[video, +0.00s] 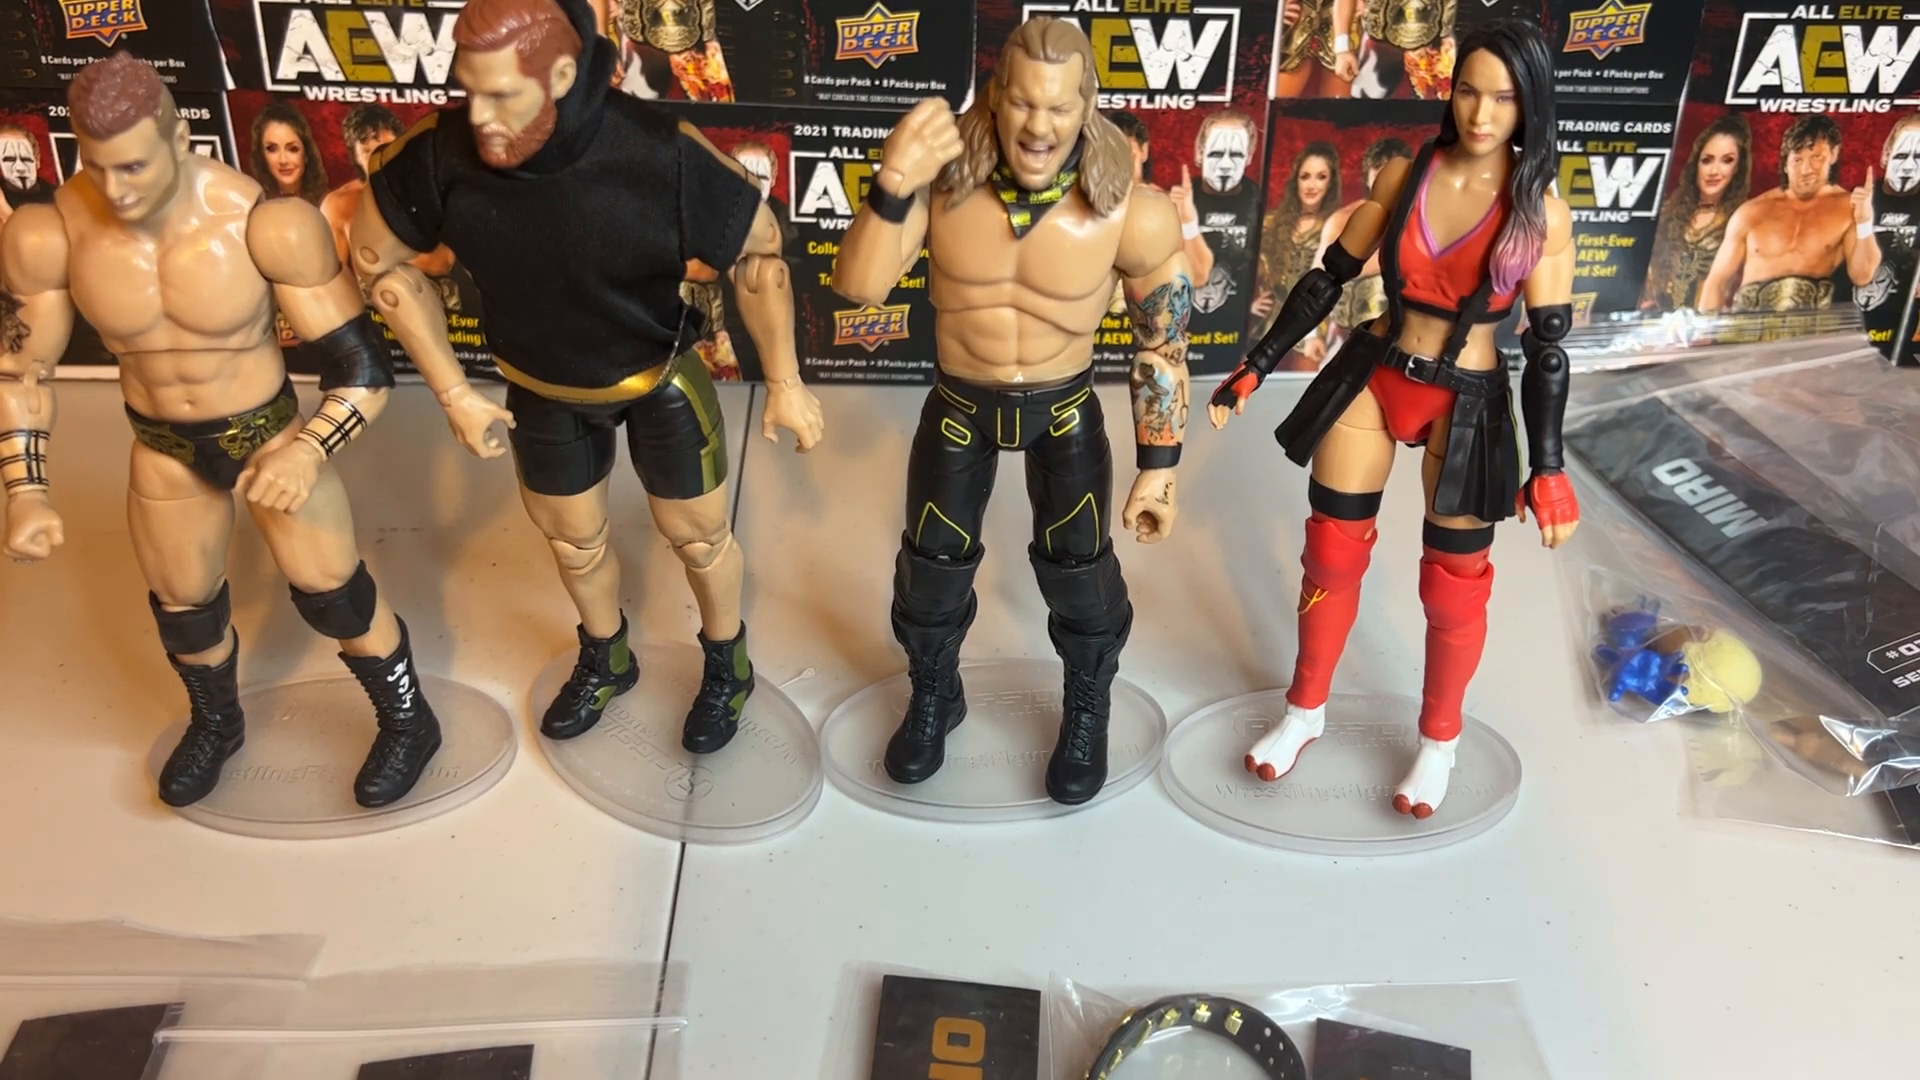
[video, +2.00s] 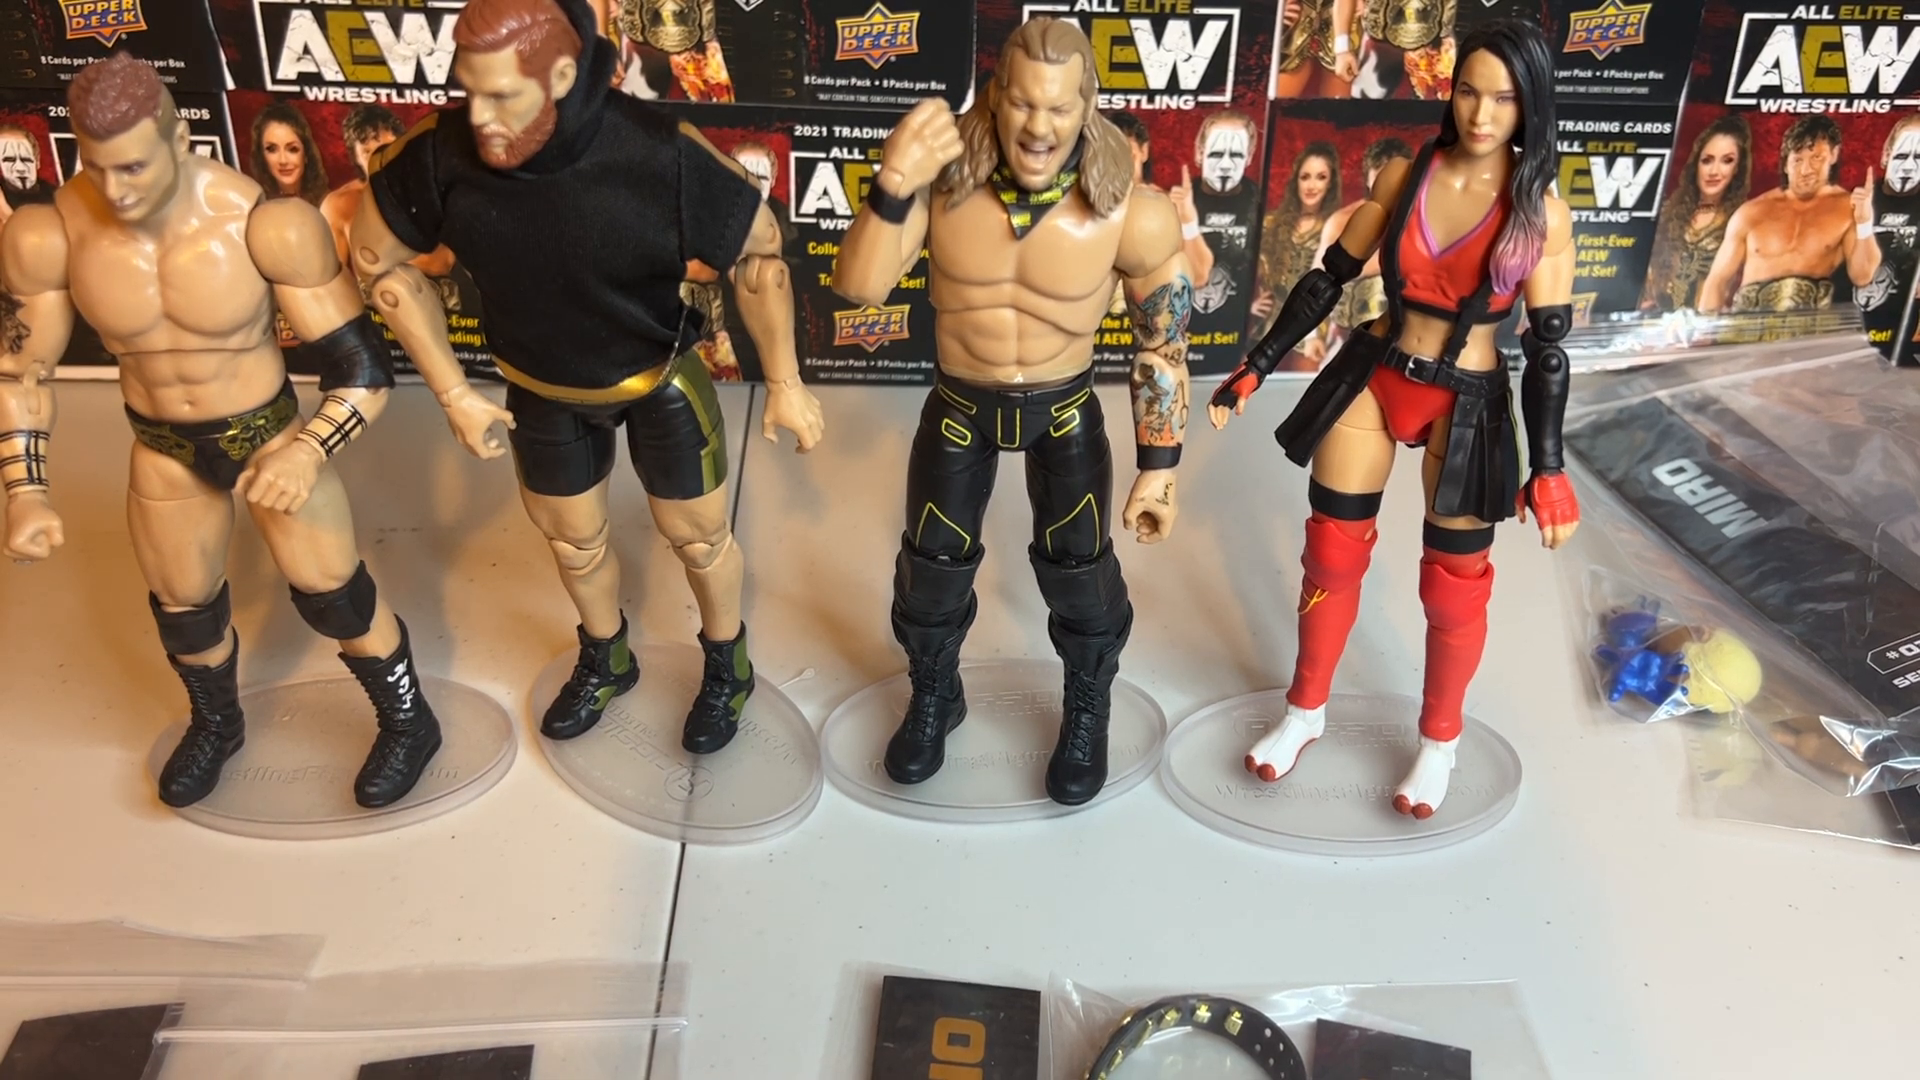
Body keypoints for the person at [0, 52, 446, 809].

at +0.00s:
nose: (118, 187)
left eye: (135, 166)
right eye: (101, 169)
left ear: (178, 138)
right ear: (81, 151)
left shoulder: (268, 225)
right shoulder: (55, 231)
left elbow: (363, 369)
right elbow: (23, 371)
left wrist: (311, 446)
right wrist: (21, 486)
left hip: (269, 441)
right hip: (161, 451)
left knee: (336, 599)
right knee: (186, 616)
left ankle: (408, 721)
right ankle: (216, 722)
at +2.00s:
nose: (118, 188)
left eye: (134, 167)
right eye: (100, 169)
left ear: (178, 138)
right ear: (80, 152)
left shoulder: (268, 225)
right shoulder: (52, 233)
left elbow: (363, 370)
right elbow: (23, 372)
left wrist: (311, 446)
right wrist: (21, 487)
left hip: (268, 441)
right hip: (161, 452)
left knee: (336, 599)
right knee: (186, 616)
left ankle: (409, 721)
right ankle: (217, 722)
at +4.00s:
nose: (117, 188)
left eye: (134, 167)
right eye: (100, 169)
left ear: (178, 138)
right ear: (81, 151)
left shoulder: (268, 225)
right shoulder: (54, 232)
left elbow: (362, 370)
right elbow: (23, 372)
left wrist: (312, 446)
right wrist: (22, 486)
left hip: (269, 440)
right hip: (161, 451)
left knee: (335, 598)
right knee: (186, 616)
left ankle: (408, 722)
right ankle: (216, 723)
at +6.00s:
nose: (118, 188)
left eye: (134, 167)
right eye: (100, 169)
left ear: (178, 138)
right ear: (80, 151)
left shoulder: (268, 225)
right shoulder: (53, 232)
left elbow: (362, 370)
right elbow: (23, 372)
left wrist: (312, 446)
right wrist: (22, 487)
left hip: (269, 440)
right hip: (161, 451)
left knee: (336, 599)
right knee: (186, 617)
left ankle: (408, 722)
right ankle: (216, 723)